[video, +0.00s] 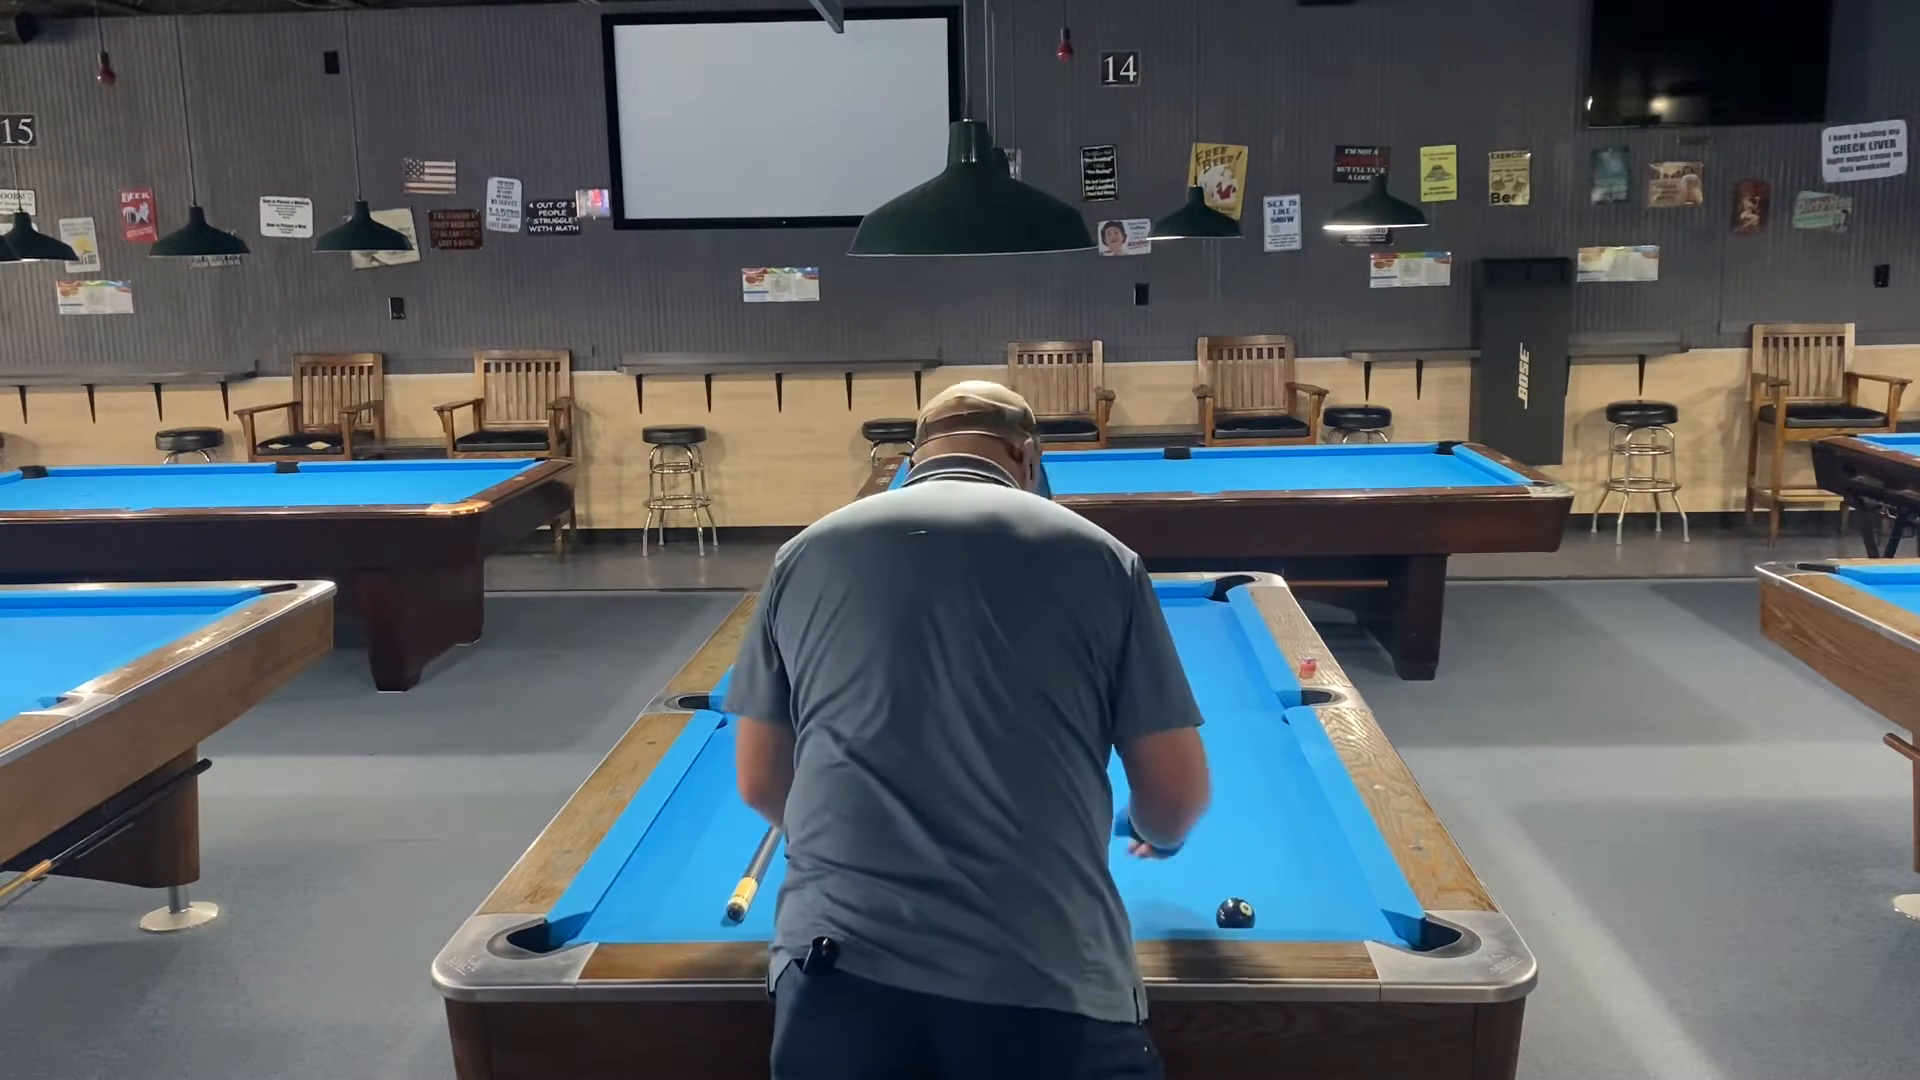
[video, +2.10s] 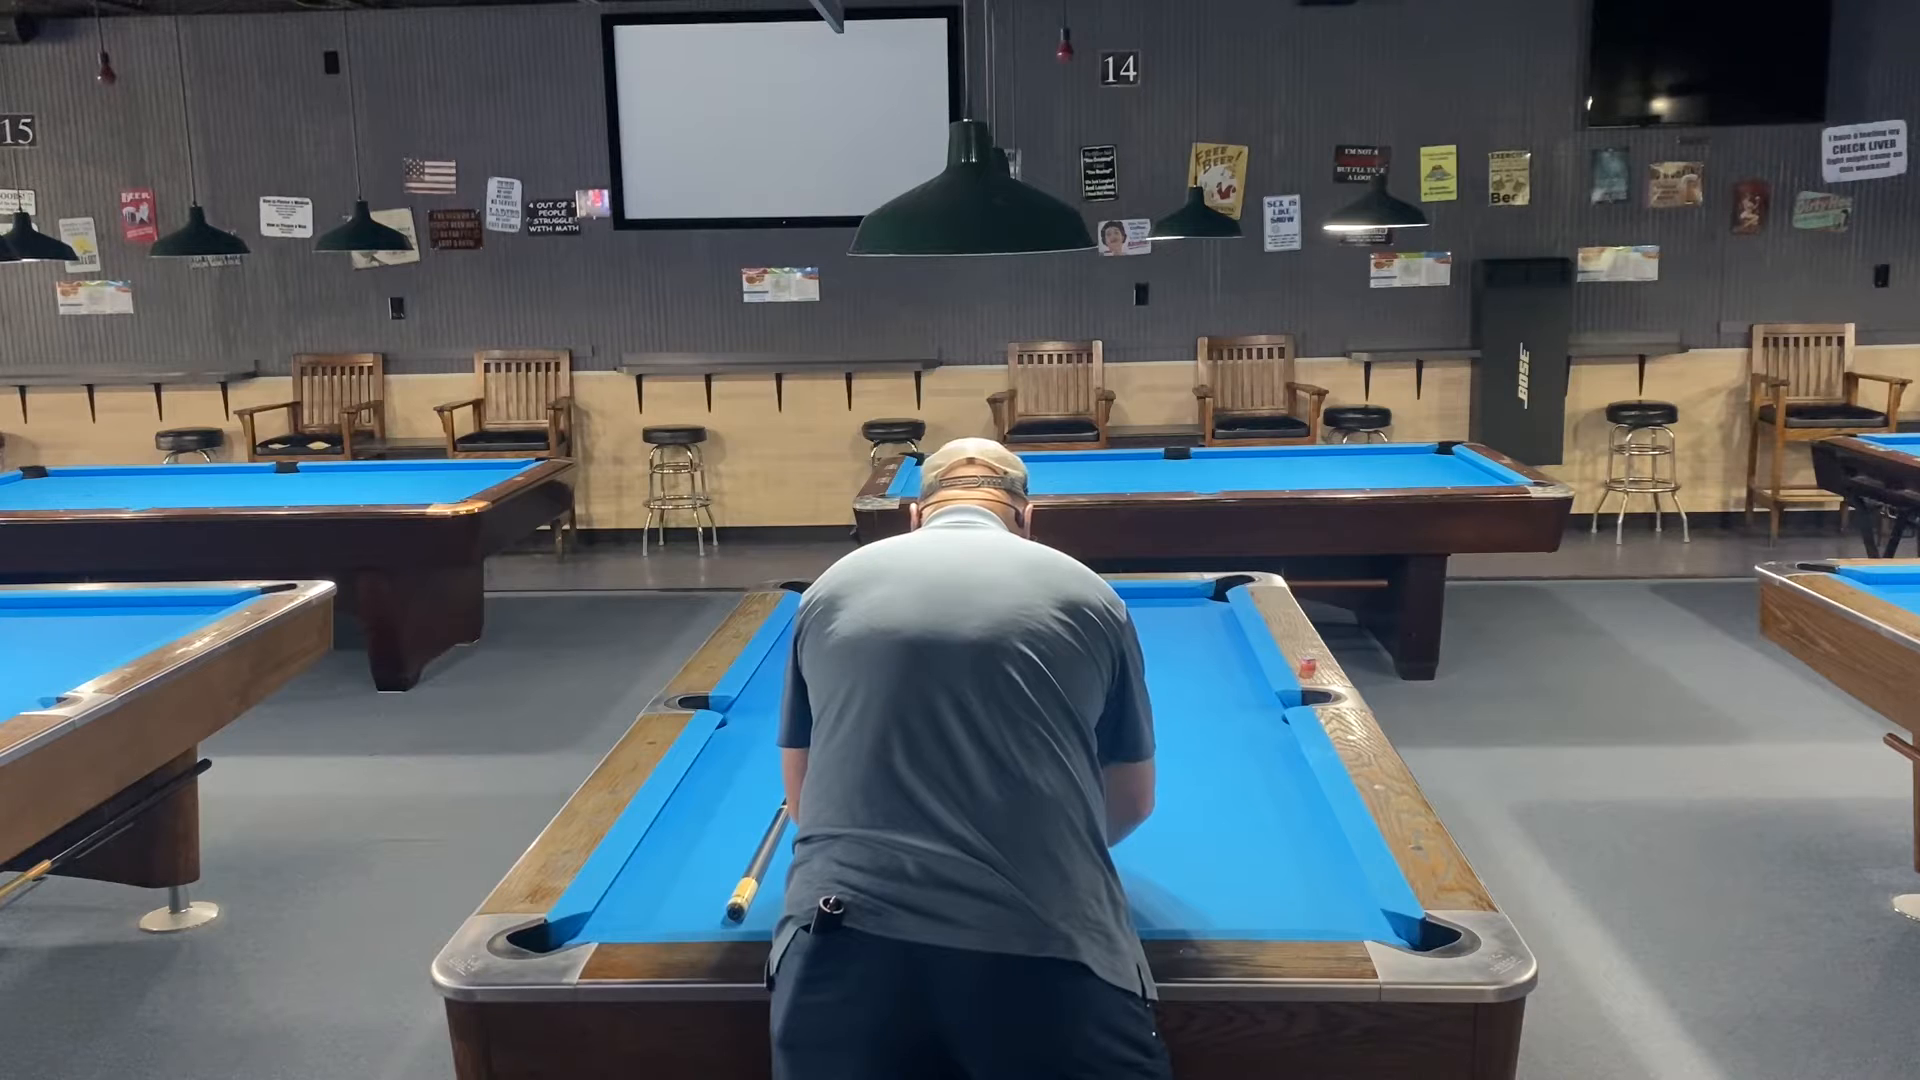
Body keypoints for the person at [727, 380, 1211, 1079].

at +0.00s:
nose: (1044, 485)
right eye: (1041, 470)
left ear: (914, 461)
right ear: (1027, 462)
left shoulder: (809, 552)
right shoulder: (1101, 561)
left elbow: (761, 778)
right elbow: (1176, 789)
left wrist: (846, 831)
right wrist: (1154, 831)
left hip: (844, 987)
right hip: (1053, 1005)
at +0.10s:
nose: (1049, 490)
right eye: (1046, 470)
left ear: (916, 460)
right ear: (1027, 452)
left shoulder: (810, 551)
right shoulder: (1099, 557)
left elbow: (769, 780)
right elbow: (1183, 804)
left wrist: (854, 829)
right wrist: (1210, 806)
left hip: (841, 997)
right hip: (1051, 1007)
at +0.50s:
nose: (1052, 477)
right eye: (1054, 464)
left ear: (938, 453)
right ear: (1052, 458)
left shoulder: (833, 549)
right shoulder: (1117, 562)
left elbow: (792, 772)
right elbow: (1214, 782)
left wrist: (880, 831)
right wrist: (1235, 881)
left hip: (848, 986)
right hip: (1056, 1005)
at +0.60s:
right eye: (1052, 468)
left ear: (939, 458)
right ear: (1051, 463)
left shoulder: (837, 550)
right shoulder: (1120, 566)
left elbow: (783, 772)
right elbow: (1211, 789)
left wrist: (870, 835)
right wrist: (1234, 863)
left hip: (851, 982)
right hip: (1060, 1000)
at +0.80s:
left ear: (935, 469)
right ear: (1045, 478)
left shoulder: (836, 557)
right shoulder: (1117, 573)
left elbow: (777, 772)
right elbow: (1192, 798)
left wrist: (861, 819)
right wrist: (1163, 822)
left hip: (854, 979)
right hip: (1066, 994)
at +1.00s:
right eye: (1041, 484)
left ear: (927, 483)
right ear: (1037, 486)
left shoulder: (834, 570)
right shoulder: (1104, 576)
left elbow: (804, 780)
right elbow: (1153, 787)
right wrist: (1065, 827)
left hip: (850, 977)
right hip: (1057, 984)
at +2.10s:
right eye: (1030, 511)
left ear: (917, 513)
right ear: (1024, 514)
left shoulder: (833, 585)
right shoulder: (1090, 593)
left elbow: (803, 793)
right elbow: (1130, 798)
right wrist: (1037, 852)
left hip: (845, 962)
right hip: (1049, 971)